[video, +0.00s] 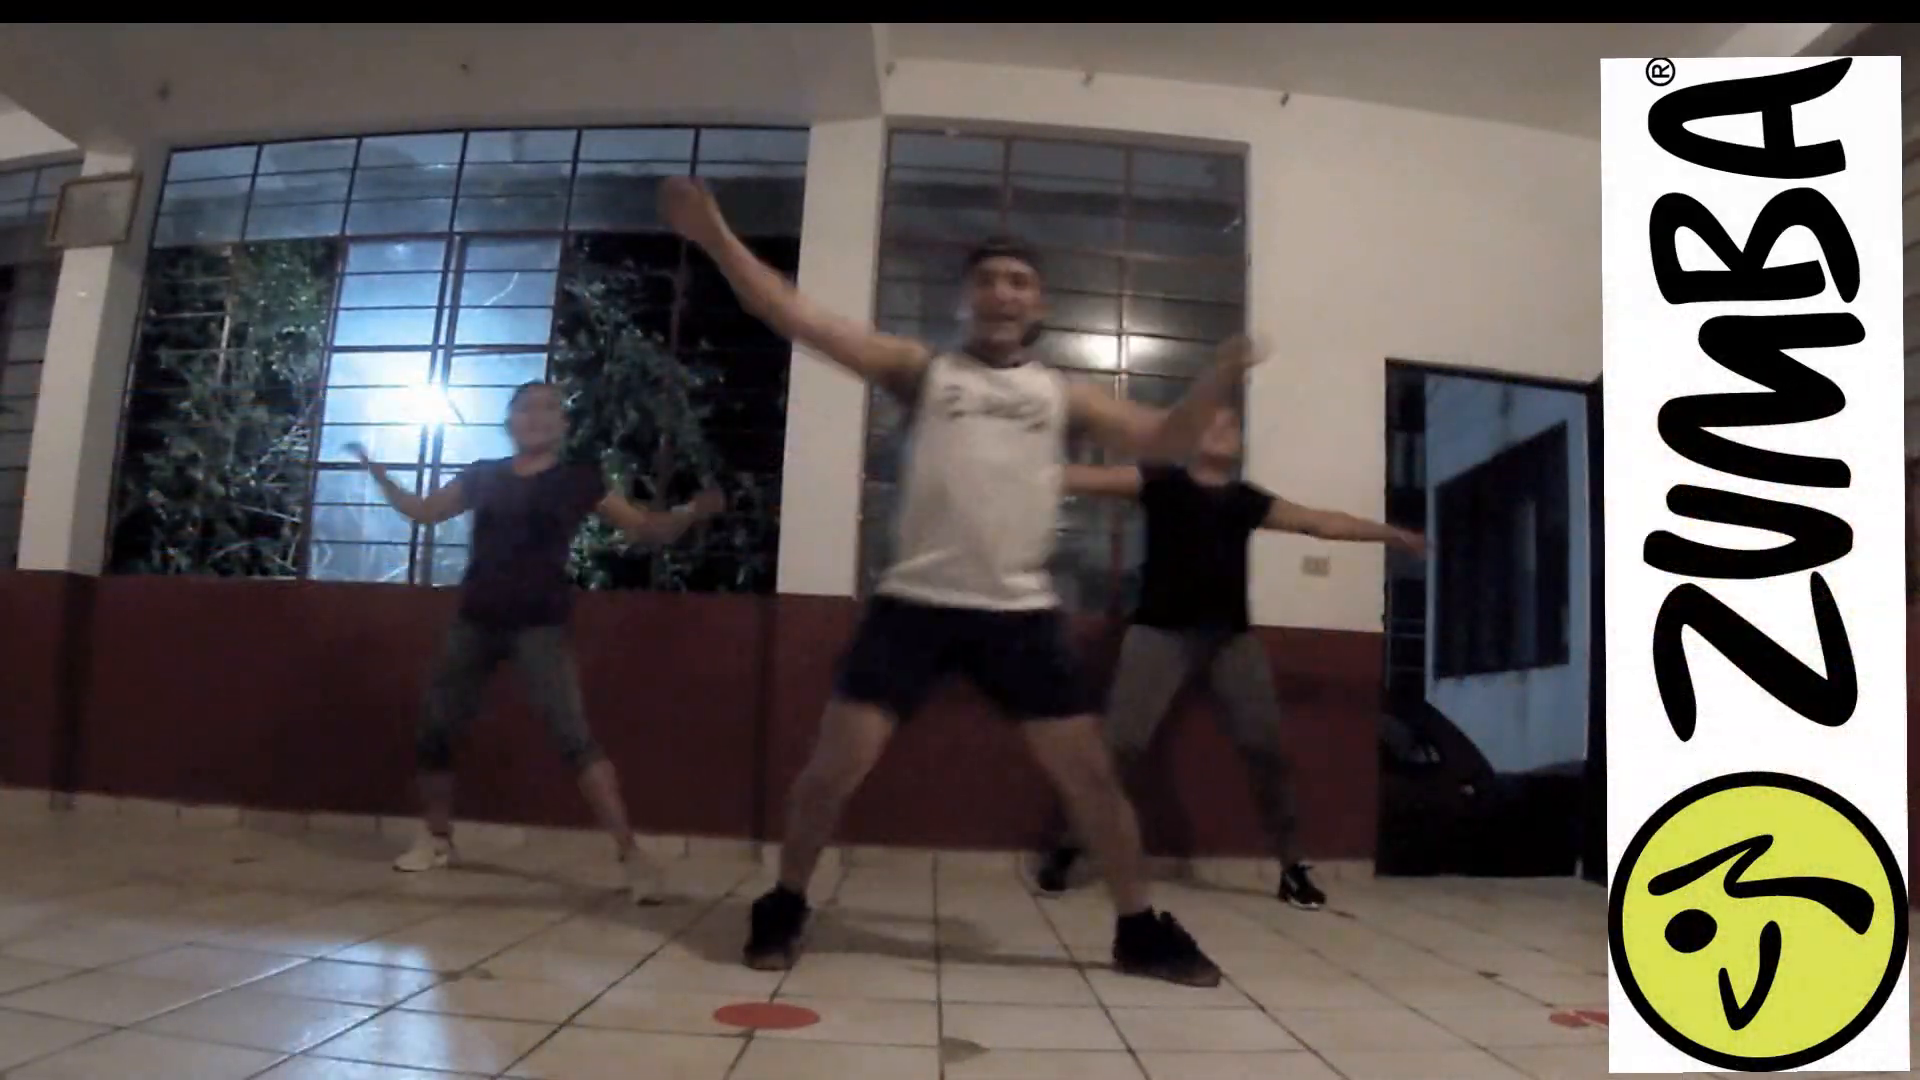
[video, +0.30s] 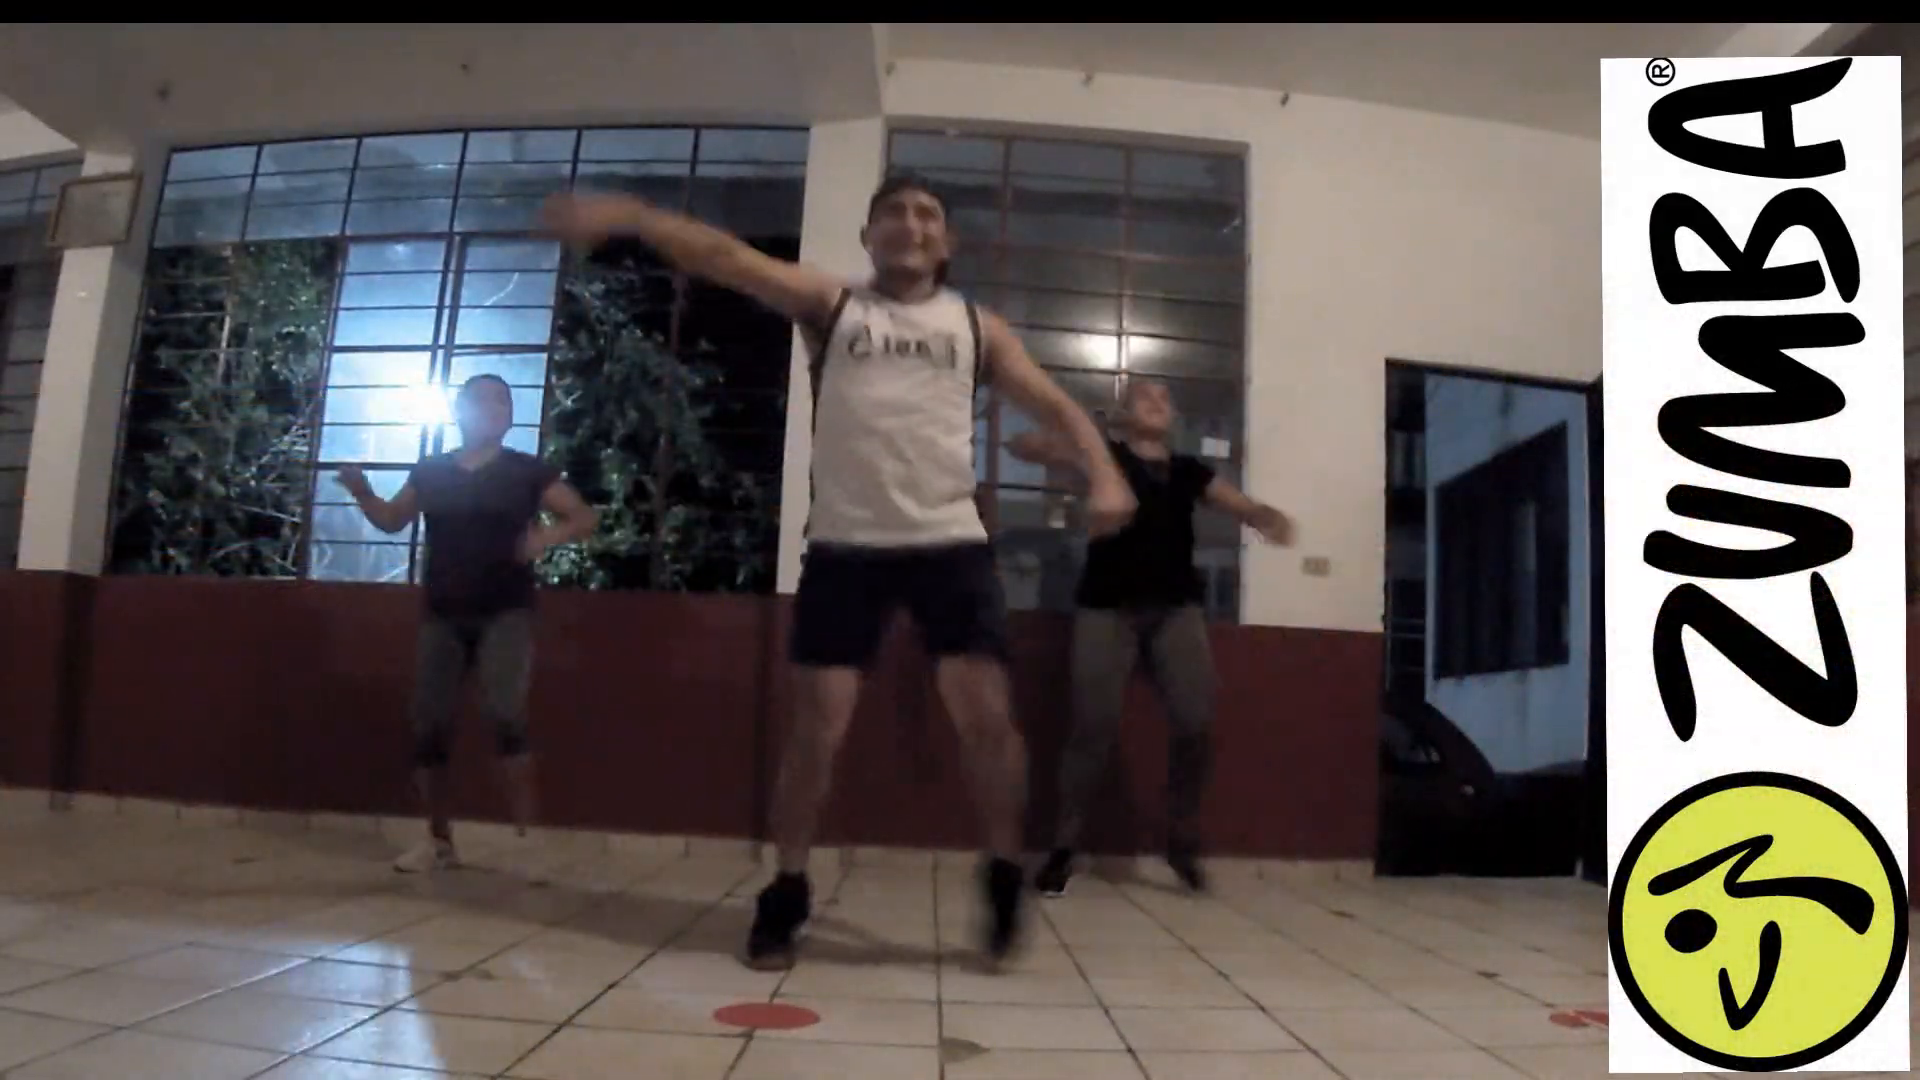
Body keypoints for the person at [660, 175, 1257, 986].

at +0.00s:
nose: (1003, 295)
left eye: (1018, 283)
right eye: (989, 281)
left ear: (1039, 302)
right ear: (966, 296)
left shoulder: (1064, 392)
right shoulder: (922, 368)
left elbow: (1166, 437)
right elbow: (801, 319)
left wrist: (1219, 378)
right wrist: (718, 239)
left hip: (1020, 616)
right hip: (912, 607)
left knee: (1091, 776)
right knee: (833, 772)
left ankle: (1139, 925)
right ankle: (784, 904)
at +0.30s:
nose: (914, 224)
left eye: (928, 215)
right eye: (897, 213)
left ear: (947, 240)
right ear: (868, 235)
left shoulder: (975, 327)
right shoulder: (833, 302)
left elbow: (1057, 407)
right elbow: (728, 260)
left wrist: (1104, 472)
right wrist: (628, 215)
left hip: (948, 548)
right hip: (844, 548)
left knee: (985, 715)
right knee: (817, 723)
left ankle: (1006, 877)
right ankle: (787, 891)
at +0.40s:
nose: (911, 212)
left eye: (925, 202)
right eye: (895, 201)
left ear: (948, 226)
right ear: (867, 221)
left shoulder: (981, 306)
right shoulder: (827, 292)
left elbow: (1053, 402)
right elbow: (719, 306)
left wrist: (1041, 492)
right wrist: (620, 323)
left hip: (937, 543)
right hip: (838, 540)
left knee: (935, 716)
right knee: (820, 717)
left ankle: (928, 883)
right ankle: (816, 886)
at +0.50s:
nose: (912, 243)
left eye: (926, 232)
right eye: (895, 231)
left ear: (946, 254)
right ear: (865, 253)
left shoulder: (982, 339)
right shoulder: (826, 340)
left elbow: (1021, 448)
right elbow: (738, 410)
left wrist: (995, 501)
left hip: (923, 585)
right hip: (827, 575)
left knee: (912, 768)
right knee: (820, 747)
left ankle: (886, 900)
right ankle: (824, 910)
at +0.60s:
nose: (907, 263)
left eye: (922, 255)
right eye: (889, 253)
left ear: (941, 285)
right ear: (860, 279)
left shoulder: (962, 370)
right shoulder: (814, 368)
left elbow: (1007, 477)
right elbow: (753, 478)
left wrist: (983, 374)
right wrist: (720, 582)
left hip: (920, 612)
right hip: (818, 609)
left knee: (969, 762)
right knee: (815, 778)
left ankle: (919, 881)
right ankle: (824, 915)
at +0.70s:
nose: (911, 246)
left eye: (926, 239)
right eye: (893, 237)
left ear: (946, 268)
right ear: (864, 267)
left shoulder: (966, 348)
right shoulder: (815, 358)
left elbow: (1043, 339)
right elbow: (759, 469)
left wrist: (1010, 220)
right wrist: (756, 565)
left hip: (928, 592)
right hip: (821, 597)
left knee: (1013, 712)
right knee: (816, 776)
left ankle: (963, 877)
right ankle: (826, 911)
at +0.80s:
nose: (924, 213)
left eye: (939, 206)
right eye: (907, 204)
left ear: (957, 236)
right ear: (875, 232)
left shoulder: (982, 308)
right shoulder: (828, 323)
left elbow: (1063, 203)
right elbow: (781, 431)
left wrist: (1024, 86)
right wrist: (783, 524)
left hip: (947, 561)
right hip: (834, 559)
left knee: (1013, 720)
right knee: (820, 755)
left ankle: (1024, 925)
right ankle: (829, 906)